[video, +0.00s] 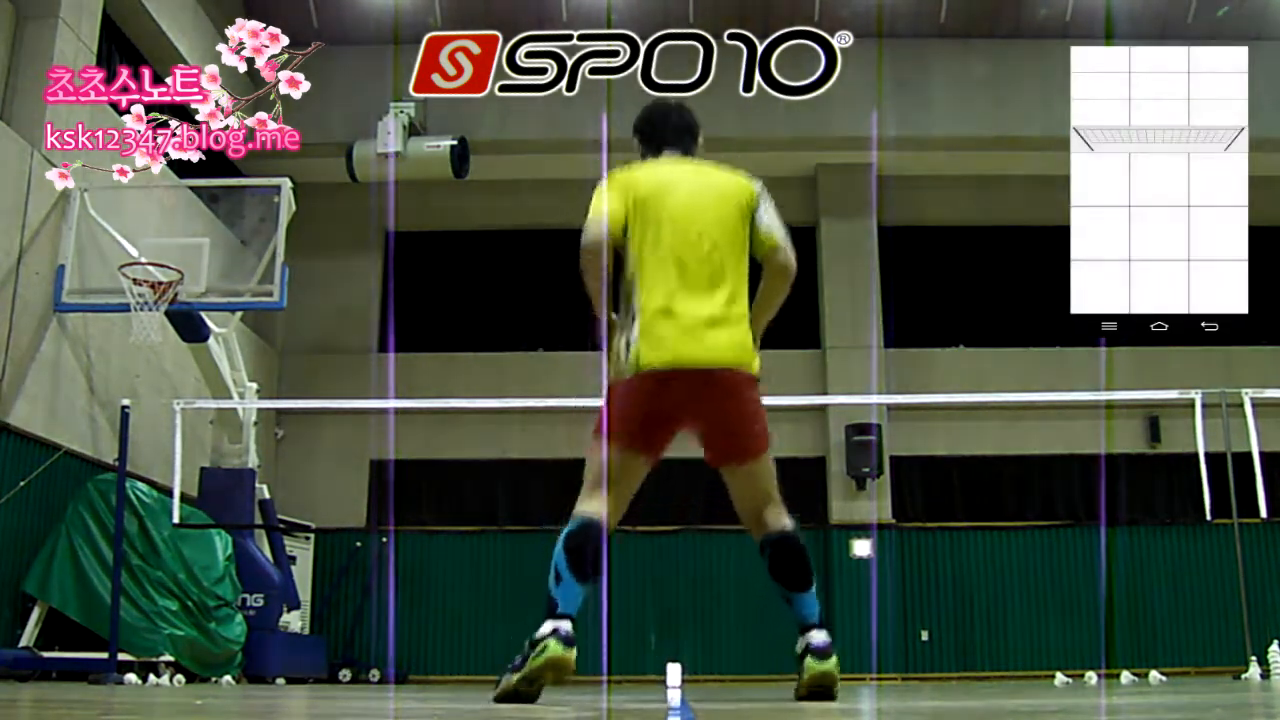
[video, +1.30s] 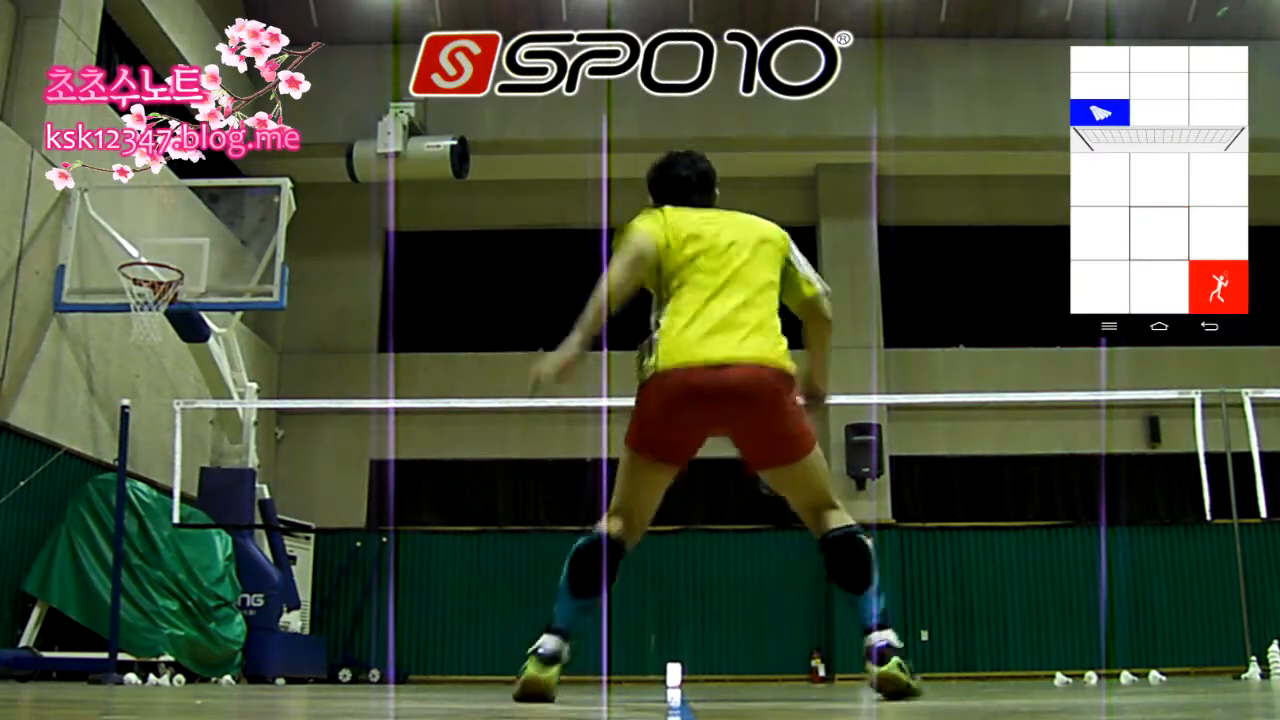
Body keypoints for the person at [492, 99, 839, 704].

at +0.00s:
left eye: (641, 144)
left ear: (641, 145)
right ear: (696, 143)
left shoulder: (622, 181)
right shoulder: (741, 185)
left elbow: (595, 243)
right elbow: (783, 262)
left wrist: (606, 318)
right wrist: (750, 331)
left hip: (648, 366)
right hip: (730, 365)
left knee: (598, 500)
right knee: (768, 511)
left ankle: (557, 629)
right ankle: (816, 641)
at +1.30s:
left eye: (654, 202)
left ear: (658, 198)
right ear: (713, 193)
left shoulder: (654, 223)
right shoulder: (766, 232)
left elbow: (622, 274)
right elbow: (817, 311)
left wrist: (568, 348)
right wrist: (817, 382)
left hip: (676, 380)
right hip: (761, 379)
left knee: (621, 523)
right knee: (825, 512)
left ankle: (553, 643)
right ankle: (880, 637)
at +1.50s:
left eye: (752, 190)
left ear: (750, 196)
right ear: (804, 183)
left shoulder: (734, 248)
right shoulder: (853, 215)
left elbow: (694, 337)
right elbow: (937, 213)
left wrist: (669, 397)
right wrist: (915, 186)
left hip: (745, 407)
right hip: (832, 407)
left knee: (669, 538)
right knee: (877, 530)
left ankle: (568, 642)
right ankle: (875, 652)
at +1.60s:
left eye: (806, 147)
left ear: (807, 147)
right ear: (863, 128)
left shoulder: (800, 204)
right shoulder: (913, 151)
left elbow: (740, 308)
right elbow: (987, 102)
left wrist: (732, 307)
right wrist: (927, 50)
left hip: (824, 349)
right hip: (911, 349)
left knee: (762, 495)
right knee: (916, 508)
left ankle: (694, 624)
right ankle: (883, 649)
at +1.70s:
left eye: (876, 72)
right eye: (902, 64)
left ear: (863, 91)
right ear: (912, 70)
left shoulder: (855, 147)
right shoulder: (951, 92)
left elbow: (801, 239)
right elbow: (1027, 29)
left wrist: (806, 195)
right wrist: (984, 6)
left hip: (893, 288)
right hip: (974, 277)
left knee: (896, 460)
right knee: (983, 457)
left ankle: (877, 616)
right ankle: (969, 610)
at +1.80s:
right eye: (971, 28)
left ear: (916, 61)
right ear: (966, 41)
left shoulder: (905, 127)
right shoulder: (997, 67)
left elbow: (870, 187)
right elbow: (1070, 15)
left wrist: (877, 128)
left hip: (952, 281)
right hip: (1032, 261)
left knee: (999, 445)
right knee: (1079, 426)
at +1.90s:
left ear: (995, 56)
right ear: (1051, 39)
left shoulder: (991, 113)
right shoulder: (1084, 77)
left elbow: (943, 162)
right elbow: (1129, 24)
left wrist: (942, 92)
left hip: (1024, 303)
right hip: (1111, 281)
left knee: (1097, 482)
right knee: (1226, 428)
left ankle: (1091, 650)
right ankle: (1221, 579)